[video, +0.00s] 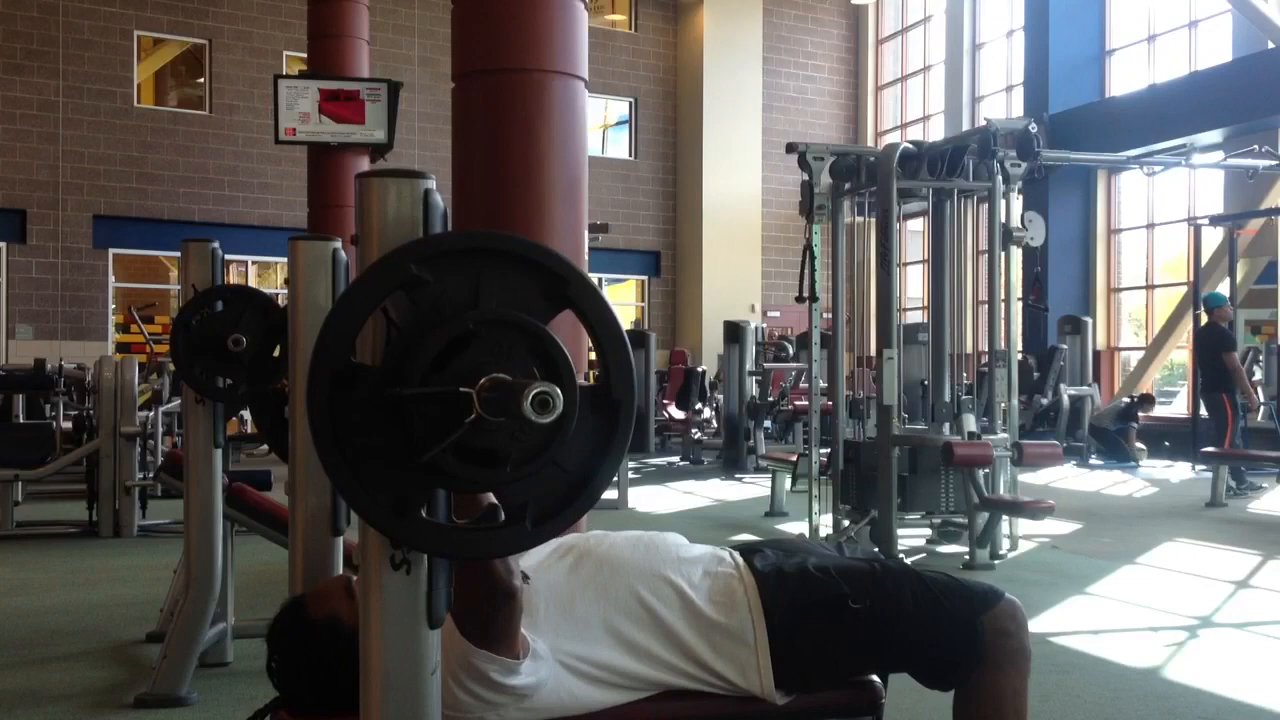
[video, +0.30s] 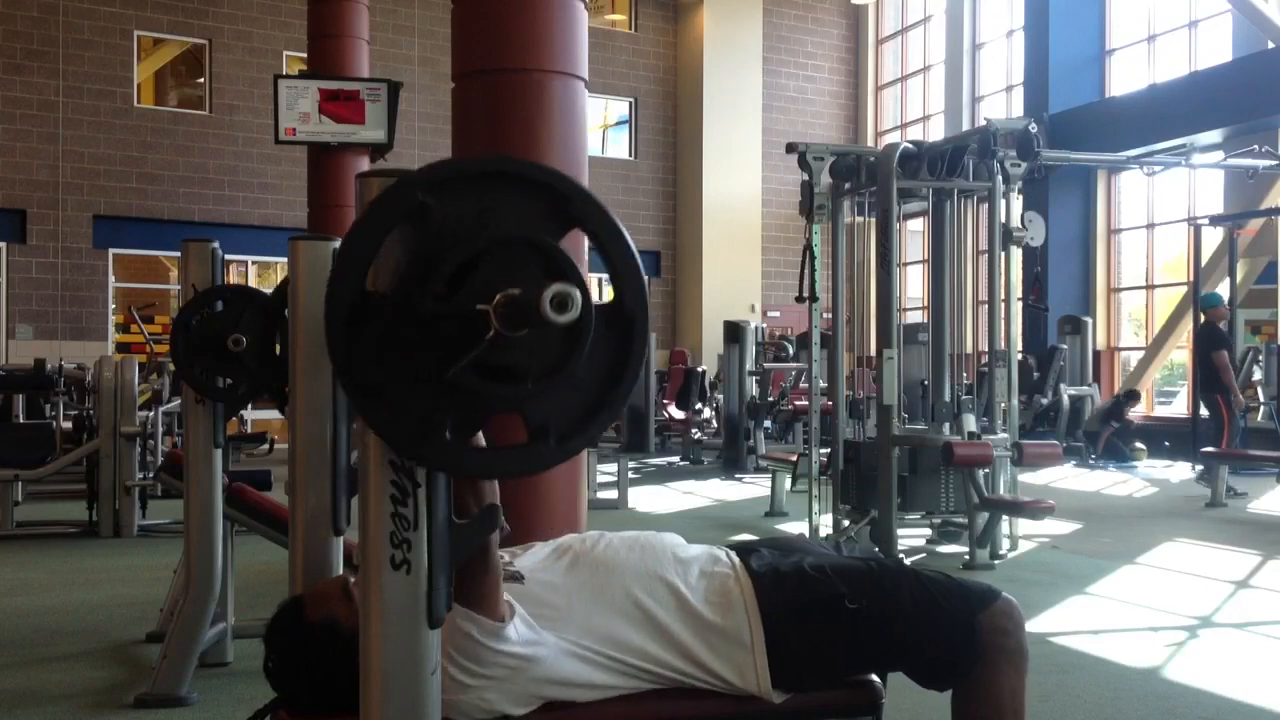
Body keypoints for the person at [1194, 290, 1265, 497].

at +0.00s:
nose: (1231, 308)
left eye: (1229, 305)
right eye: (1227, 306)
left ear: (1213, 312)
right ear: (1216, 311)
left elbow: (1202, 365)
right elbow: (1235, 367)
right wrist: (1250, 394)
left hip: (1208, 389)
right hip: (1223, 390)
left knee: (1231, 434)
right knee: (1228, 435)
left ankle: (1240, 480)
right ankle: (1222, 484)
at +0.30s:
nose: (1227, 309)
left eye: (1225, 305)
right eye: (1223, 306)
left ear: (1211, 311)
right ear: (1212, 310)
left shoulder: (1203, 330)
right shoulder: (1215, 333)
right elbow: (1224, 366)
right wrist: (1236, 393)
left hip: (1208, 388)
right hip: (1217, 390)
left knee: (1221, 428)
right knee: (1229, 429)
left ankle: (1209, 472)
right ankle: (1219, 478)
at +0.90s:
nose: (1208, 309)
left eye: (1206, 305)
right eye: (1204, 306)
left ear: (1194, 310)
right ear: (1192, 310)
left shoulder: (1188, 330)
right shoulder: (1192, 332)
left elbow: (1196, 365)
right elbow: (1200, 364)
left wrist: (1210, 388)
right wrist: (1215, 390)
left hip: (1188, 388)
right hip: (1195, 389)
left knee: (1187, 434)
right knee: (1208, 432)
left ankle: (1184, 479)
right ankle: (1214, 480)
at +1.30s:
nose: (1202, 311)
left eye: (1200, 307)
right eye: (1197, 307)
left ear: (1188, 311)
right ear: (1186, 311)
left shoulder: (1187, 330)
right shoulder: (1180, 330)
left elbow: (1190, 360)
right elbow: (1186, 360)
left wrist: (1200, 386)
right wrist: (1200, 386)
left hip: (1185, 387)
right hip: (1180, 387)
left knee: (1188, 431)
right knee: (1189, 431)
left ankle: (1186, 478)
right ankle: (1186, 480)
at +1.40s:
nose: (1199, 311)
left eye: (1199, 307)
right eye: (1196, 307)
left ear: (1187, 311)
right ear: (1183, 310)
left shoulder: (1188, 332)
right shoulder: (1177, 331)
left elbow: (1193, 365)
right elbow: (1182, 363)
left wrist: (1203, 394)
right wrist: (1193, 389)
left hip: (1186, 386)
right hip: (1177, 386)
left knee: (1188, 429)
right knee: (1184, 429)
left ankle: (1182, 477)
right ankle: (1180, 478)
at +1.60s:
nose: (1195, 309)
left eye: (1194, 306)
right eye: (1191, 306)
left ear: (1184, 310)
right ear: (1179, 310)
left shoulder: (1184, 332)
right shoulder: (1172, 330)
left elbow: (1194, 367)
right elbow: (1172, 364)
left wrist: (1211, 389)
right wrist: (1181, 392)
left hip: (1188, 390)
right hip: (1176, 390)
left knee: (1184, 436)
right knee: (1181, 435)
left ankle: (1182, 479)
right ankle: (1162, 477)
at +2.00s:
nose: (1180, 311)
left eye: (1180, 307)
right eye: (1176, 308)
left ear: (1179, 310)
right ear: (1165, 311)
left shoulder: (1176, 333)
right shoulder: (1159, 333)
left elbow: (1178, 367)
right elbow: (1161, 367)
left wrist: (1184, 393)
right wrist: (1174, 395)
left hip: (1175, 388)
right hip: (1159, 388)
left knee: (1179, 435)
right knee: (1162, 433)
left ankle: (1180, 478)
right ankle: (1155, 481)